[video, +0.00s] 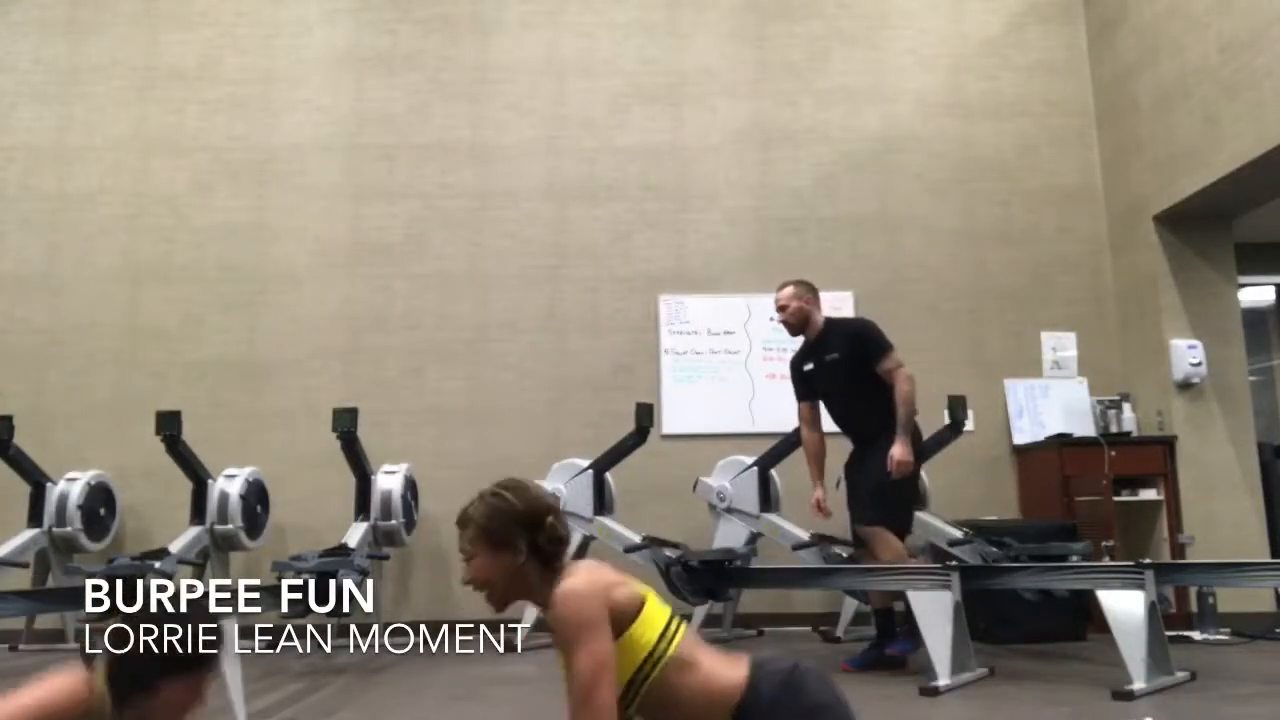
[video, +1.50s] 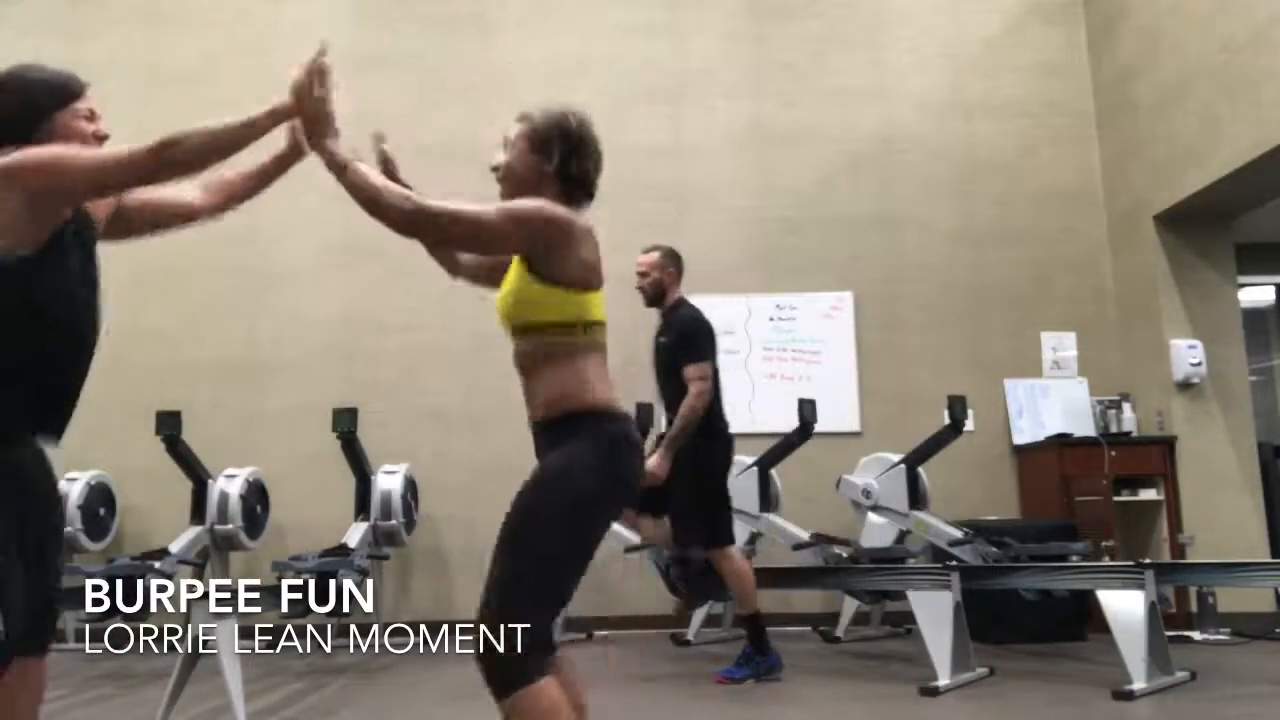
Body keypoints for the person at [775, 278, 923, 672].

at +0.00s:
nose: (780, 315)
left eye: (785, 306)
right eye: (777, 310)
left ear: (811, 302)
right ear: (787, 314)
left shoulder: (857, 332)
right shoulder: (801, 363)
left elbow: (902, 378)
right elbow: (810, 426)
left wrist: (903, 439)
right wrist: (817, 482)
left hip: (894, 438)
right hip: (863, 446)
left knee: (873, 527)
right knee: (865, 536)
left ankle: (925, 612)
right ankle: (885, 639)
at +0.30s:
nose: (783, 307)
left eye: (789, 299)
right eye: (783, 300)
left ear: (813, 298)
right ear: (803, 301)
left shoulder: (847, 331)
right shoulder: (813, 353)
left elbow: (879, 383)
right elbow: (822, 413)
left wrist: (869, 444)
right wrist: (817, 464)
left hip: (876, 439)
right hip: (847, 441)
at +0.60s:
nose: (782, 295)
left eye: (788, 288)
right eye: (783, 288)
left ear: (811, 291)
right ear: (808, 292)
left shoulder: (824, 327)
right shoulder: (820, 327)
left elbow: (839, 385)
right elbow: (832, 392)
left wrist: (815, 444)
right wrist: (810, 440)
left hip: (843, 450)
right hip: (848, 449)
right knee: (850, 547)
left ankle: (886, 638)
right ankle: (884, 638)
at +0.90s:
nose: (729, 297)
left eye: (736, 291)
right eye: (730, 291)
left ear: (759, 292)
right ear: (756, 294)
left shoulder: (771, 332)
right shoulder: (771, 331)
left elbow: (793, 396)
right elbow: (794, 398)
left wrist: (771, 447)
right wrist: (780, 445)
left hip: (806, 451)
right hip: (817, 449)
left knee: (777, 546)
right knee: (842, 545)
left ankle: (766, 652)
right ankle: (882, 640)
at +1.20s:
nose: (676, 279)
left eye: (683, 273)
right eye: (677, 272)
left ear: (707, 277)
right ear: (701, 276)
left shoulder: (719, 322)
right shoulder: (710, 320)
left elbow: (740, 395)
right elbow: (722, 394)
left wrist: (732, 460)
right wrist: (692, 440)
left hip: (757, 442)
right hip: (752, 438)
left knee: (753, 548)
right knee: (750, 524)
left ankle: (765, 653)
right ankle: (811, 544)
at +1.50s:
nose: (639, 282)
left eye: (645, 274)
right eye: (637, 275)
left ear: (671, 276)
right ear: (662, 279)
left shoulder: (688, 322)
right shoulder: (670, 322)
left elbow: (699, 391)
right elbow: (682, 395)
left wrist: (665, 452)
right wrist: (664, 446)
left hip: (705, 444)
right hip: (686, 441)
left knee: (718, 546)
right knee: (632, 505)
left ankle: (760, 648)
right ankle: (692, 555)